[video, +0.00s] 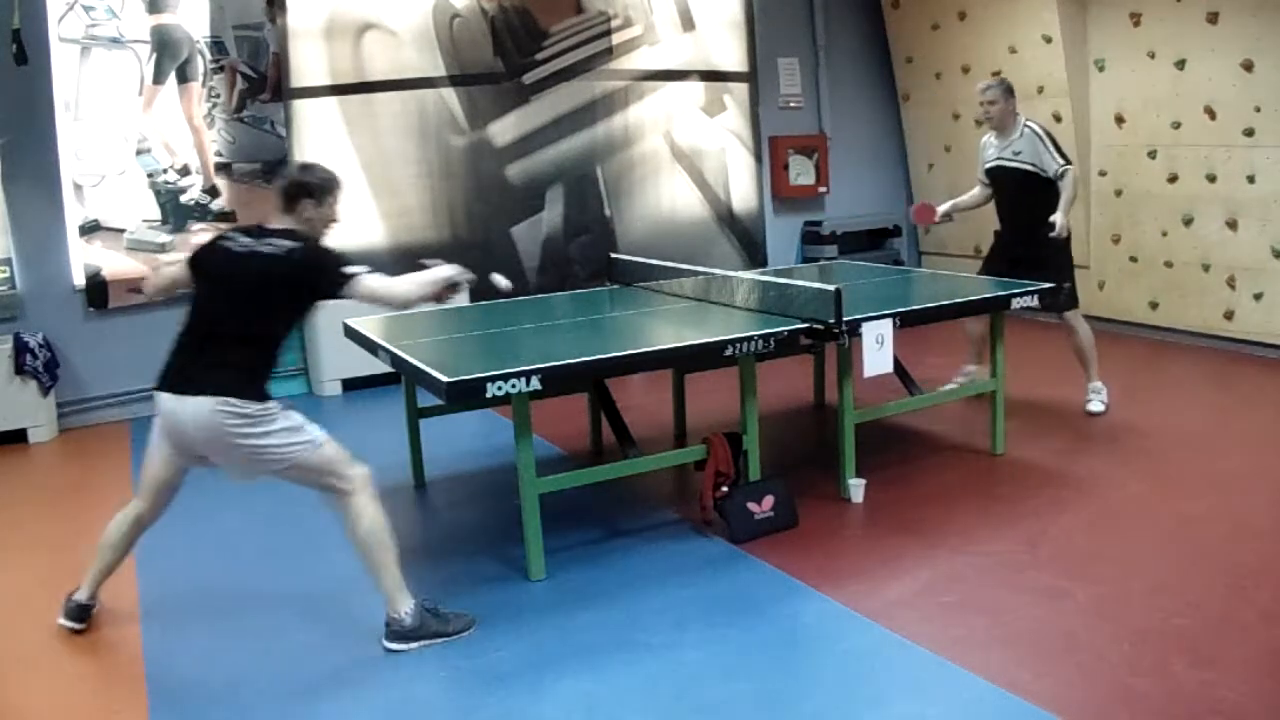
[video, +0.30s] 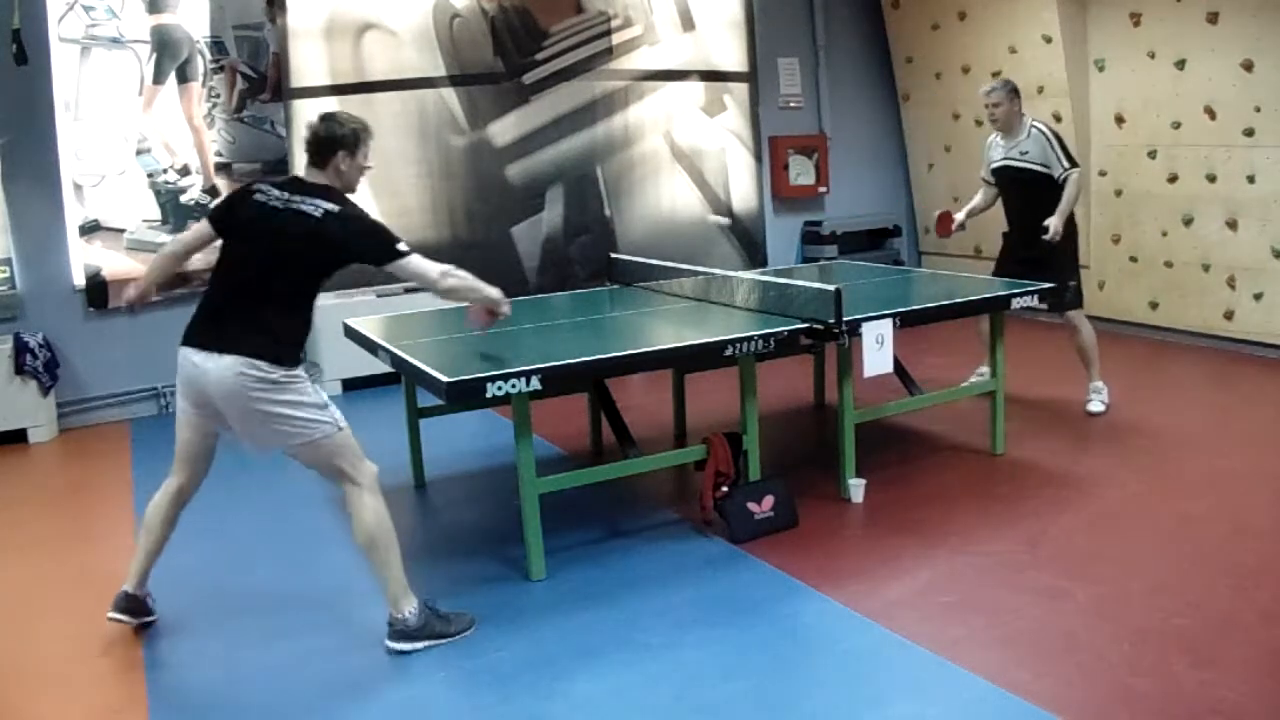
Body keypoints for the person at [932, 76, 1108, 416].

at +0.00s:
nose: (984, 111)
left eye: (990, 104)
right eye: (981, 105)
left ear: (1011, 104)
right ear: (981, 109)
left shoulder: (1033, 134)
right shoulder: (988, 143)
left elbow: (1067, 172)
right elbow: (986, 189)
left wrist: (1062, 213)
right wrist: (950, 206)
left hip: (1047, 239)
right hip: (1009, 240)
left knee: (1068, 313)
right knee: (977, 304)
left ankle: (1094, 384)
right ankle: (977, 372)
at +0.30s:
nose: (990, 113)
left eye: (996, 106)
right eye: (986, 108)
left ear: (1016, 105)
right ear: (986, 110)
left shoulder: (1041, 134)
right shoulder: (993, 144)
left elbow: (1074, 176)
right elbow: (990, 189)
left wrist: (1060, 217)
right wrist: (964, 214)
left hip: (1054, 236)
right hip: (1017, 237)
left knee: (1071, 313)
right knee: (993, 305)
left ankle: (1096, 384)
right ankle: (990, 369)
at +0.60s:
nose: (974, 145)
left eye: (977, 137)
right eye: (971, 139)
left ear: (997, 131)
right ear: (991, 136)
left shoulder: (1020, 148)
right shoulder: (1006, 157)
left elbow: (1049, 179)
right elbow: (1029, 192)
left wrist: (1028, 225)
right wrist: (1021, 224)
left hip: (1068, 243)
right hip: (1041, 244)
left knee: (1066, 324)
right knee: (1005, 306)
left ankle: (1106, 387)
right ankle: (993, 370)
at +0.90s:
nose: (986, 140)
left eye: (987, 132)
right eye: (983, 134)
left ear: (1004, 125)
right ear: (1001, 129)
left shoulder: (1036, 141)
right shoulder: (1016, 155)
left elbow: (1064, 181)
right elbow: (1001, 202)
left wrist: (1045, 225)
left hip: (1069, 242)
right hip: (1039, 242)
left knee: (1067, 323)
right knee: (1008, 307)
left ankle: (1106, 388)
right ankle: (992, 371)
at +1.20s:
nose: (1029, 114)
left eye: (1036, 107)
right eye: (1027, 107)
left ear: (1057, 107)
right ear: (1032, 108)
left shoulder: (1082, 139)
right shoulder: (1028, 140)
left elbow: (1112, 184)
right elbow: (988, 165)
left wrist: (1099, 222)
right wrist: (944, 163)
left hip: (1077, 244)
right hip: (1039, 242)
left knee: (1081, 319)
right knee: (1011, 307)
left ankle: (1106, 388)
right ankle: (991, 370)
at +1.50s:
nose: (1045, 102)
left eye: (1052, 96)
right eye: (1042, 96)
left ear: (1072, 97)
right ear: (1040, 98)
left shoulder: (1094, 133)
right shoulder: (1038, 133)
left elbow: (1122, 180)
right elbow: (1019, 175)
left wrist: (1121, 225)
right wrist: (985, 187)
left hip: (1083, 235)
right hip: (1044, 233)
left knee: (1086, 316)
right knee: (1024, 305)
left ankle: (1106, 388)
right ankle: (1033, 372)